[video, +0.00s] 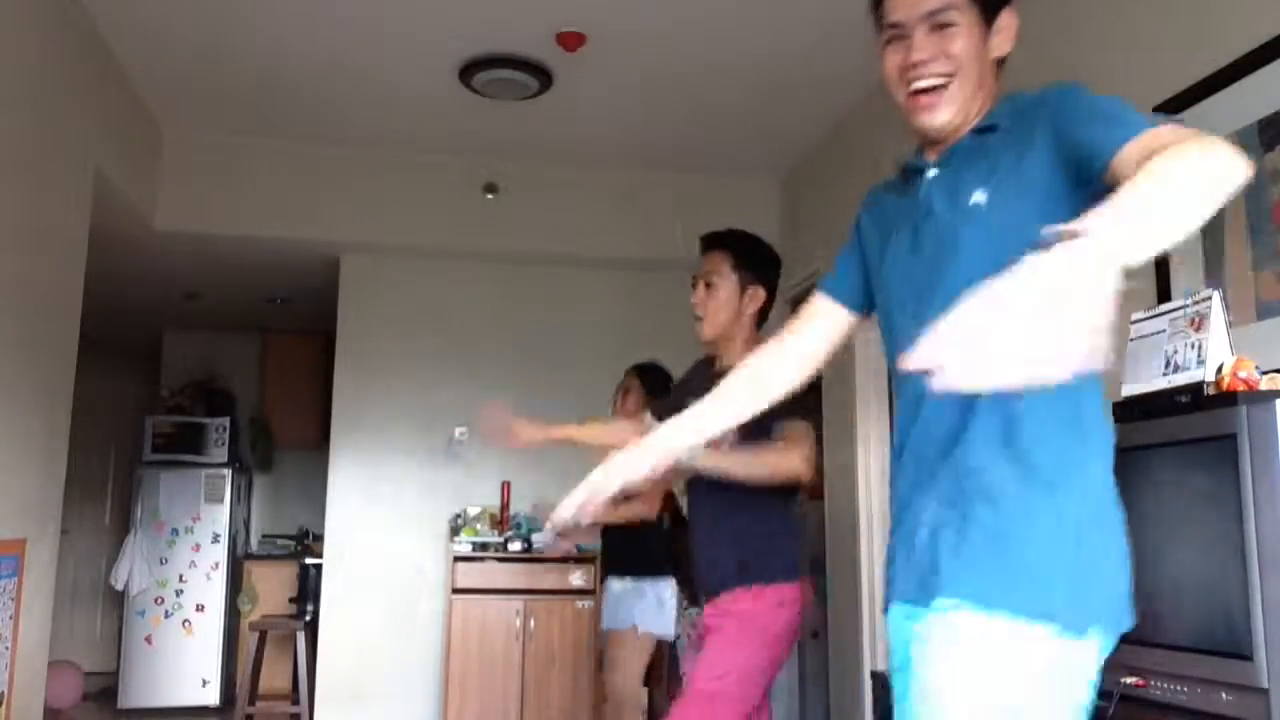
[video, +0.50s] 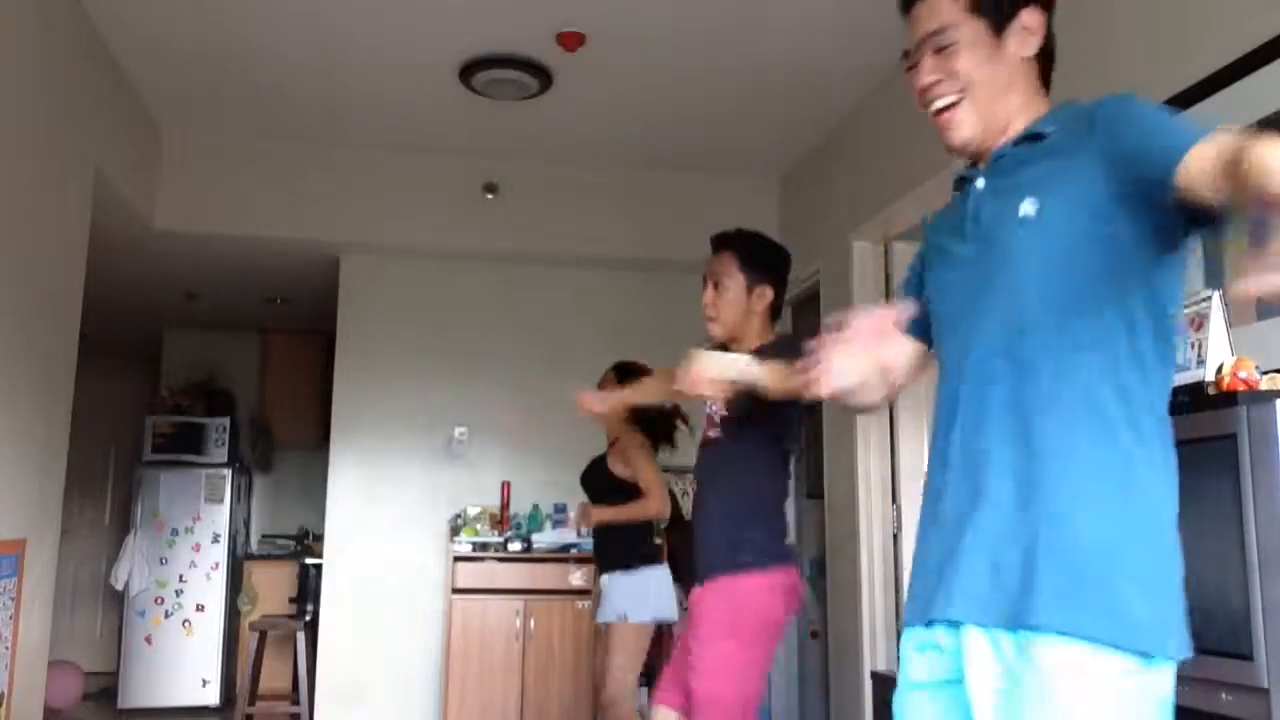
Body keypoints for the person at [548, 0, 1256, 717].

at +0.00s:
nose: (916, 55)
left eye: (942, 26)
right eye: (895, 36)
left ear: (1000, 33)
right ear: (880, 59)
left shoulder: (1055, 119)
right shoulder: (887, 209)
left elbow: (1209, 162)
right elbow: (797, 348)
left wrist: (1078, 261)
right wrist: (653, 451)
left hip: (1031, 568)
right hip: (924, 568)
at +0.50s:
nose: (923, 77)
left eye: (943, 45)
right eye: (913, 61)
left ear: (1026, 31)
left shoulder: (1109, 132)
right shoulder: (946, 231)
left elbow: (1238, 164)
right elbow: (895, 361)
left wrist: (1266, 188)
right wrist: (864, 361)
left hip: (1093, 596)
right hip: (948, 596)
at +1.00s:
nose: (934, 81)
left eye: (950, 46)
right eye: (930, 63)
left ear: (1040, 26)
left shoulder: (1160, 143)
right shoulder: (943, 233)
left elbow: (1273, 199)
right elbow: (837, 382)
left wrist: (1065, 242)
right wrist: (735, 523)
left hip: (1141, 637)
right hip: (969, 633)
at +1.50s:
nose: (908, 102)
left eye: (925, 71)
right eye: (906, 84)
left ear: (1007, 53)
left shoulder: (1087, 147)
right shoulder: (951, 261)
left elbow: (1197, 183)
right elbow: (885, 410)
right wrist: (840, 376)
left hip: (1074, 622)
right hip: (969, 618)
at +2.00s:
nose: (933, 82)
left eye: (939, 52)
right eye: (931, 61)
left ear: (1003, 26)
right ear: (992, 36)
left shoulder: (1152, 108)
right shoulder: (957, 206)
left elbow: (1277, 142)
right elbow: (864, 352)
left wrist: (1143, 233)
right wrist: (705, 470)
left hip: (1149, 622)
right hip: (986, 617)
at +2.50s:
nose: (932, 86)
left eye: (941, 54)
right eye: (927, 66)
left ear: (1022, 22)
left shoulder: (1150, 90)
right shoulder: (965, 179)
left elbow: (1277, 115)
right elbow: (877, 323)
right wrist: (725, 442)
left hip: (1121, 573)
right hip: (994, 572)